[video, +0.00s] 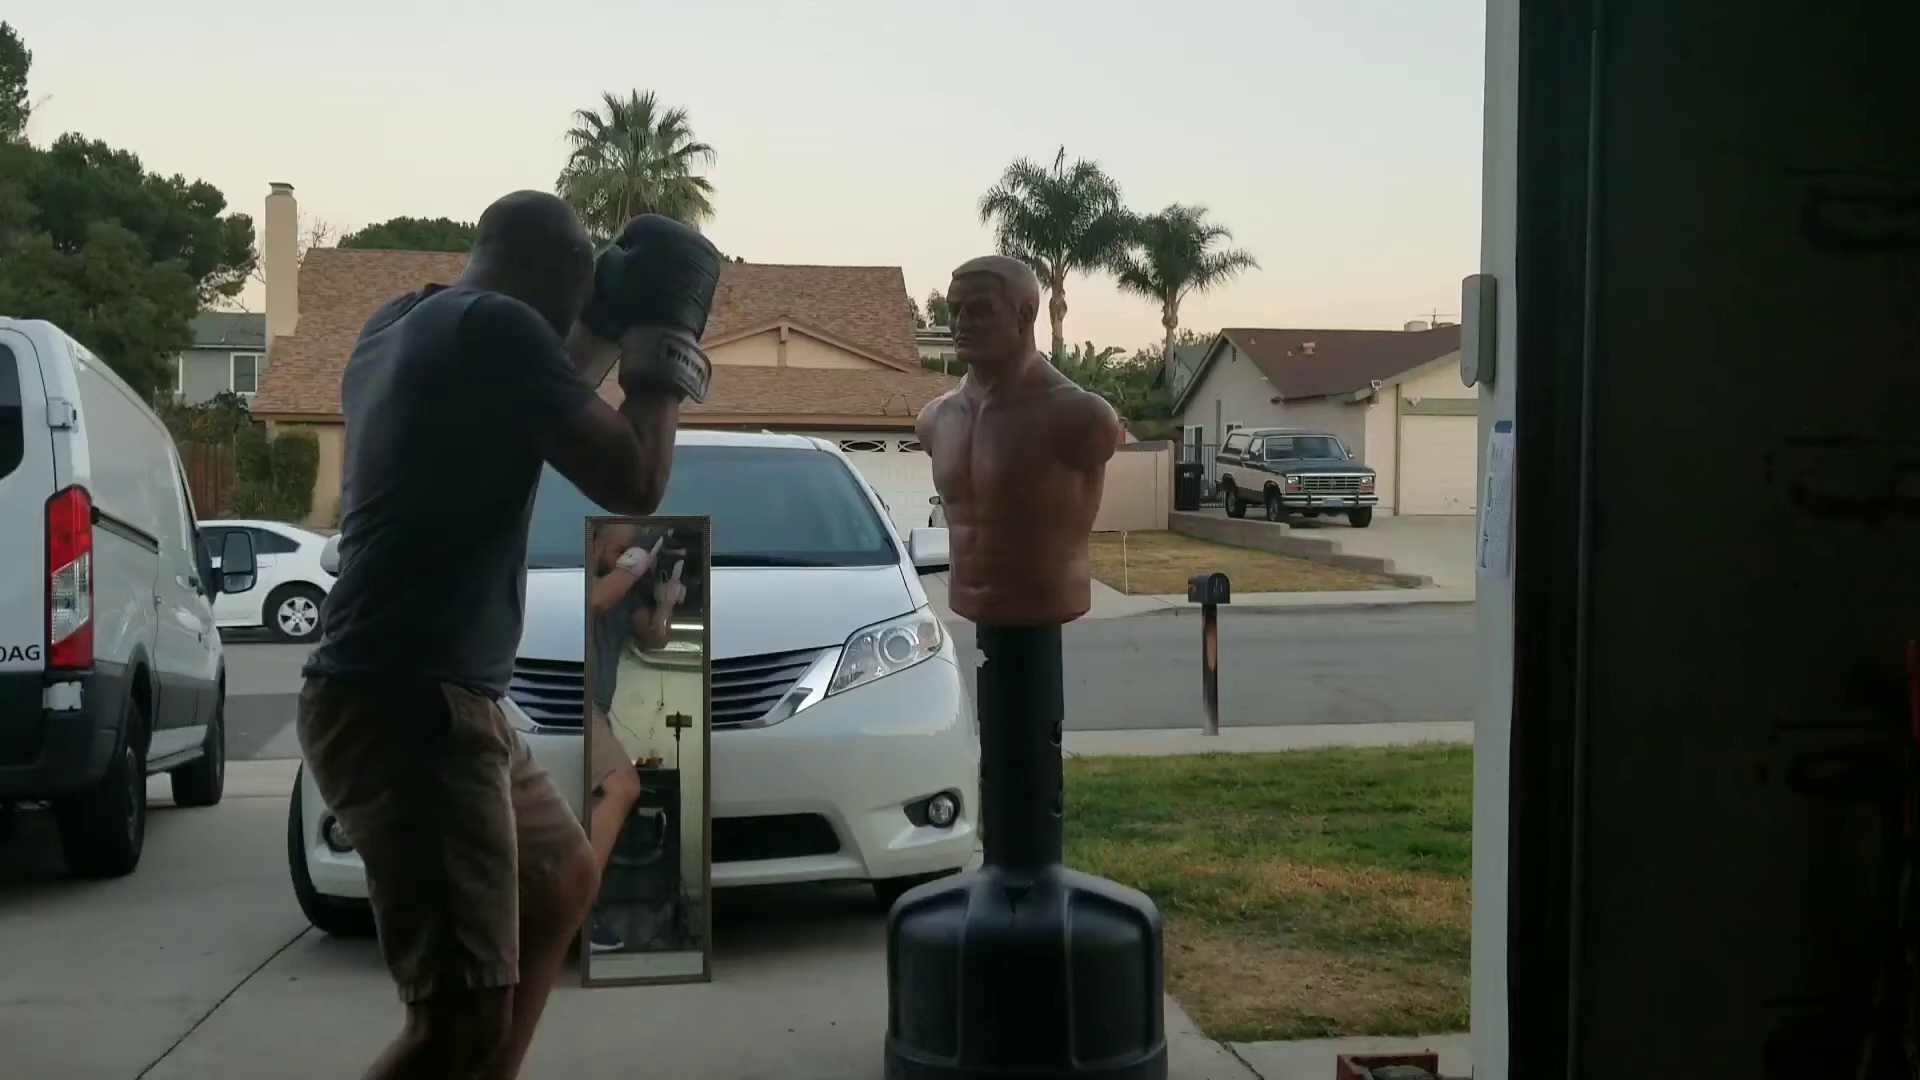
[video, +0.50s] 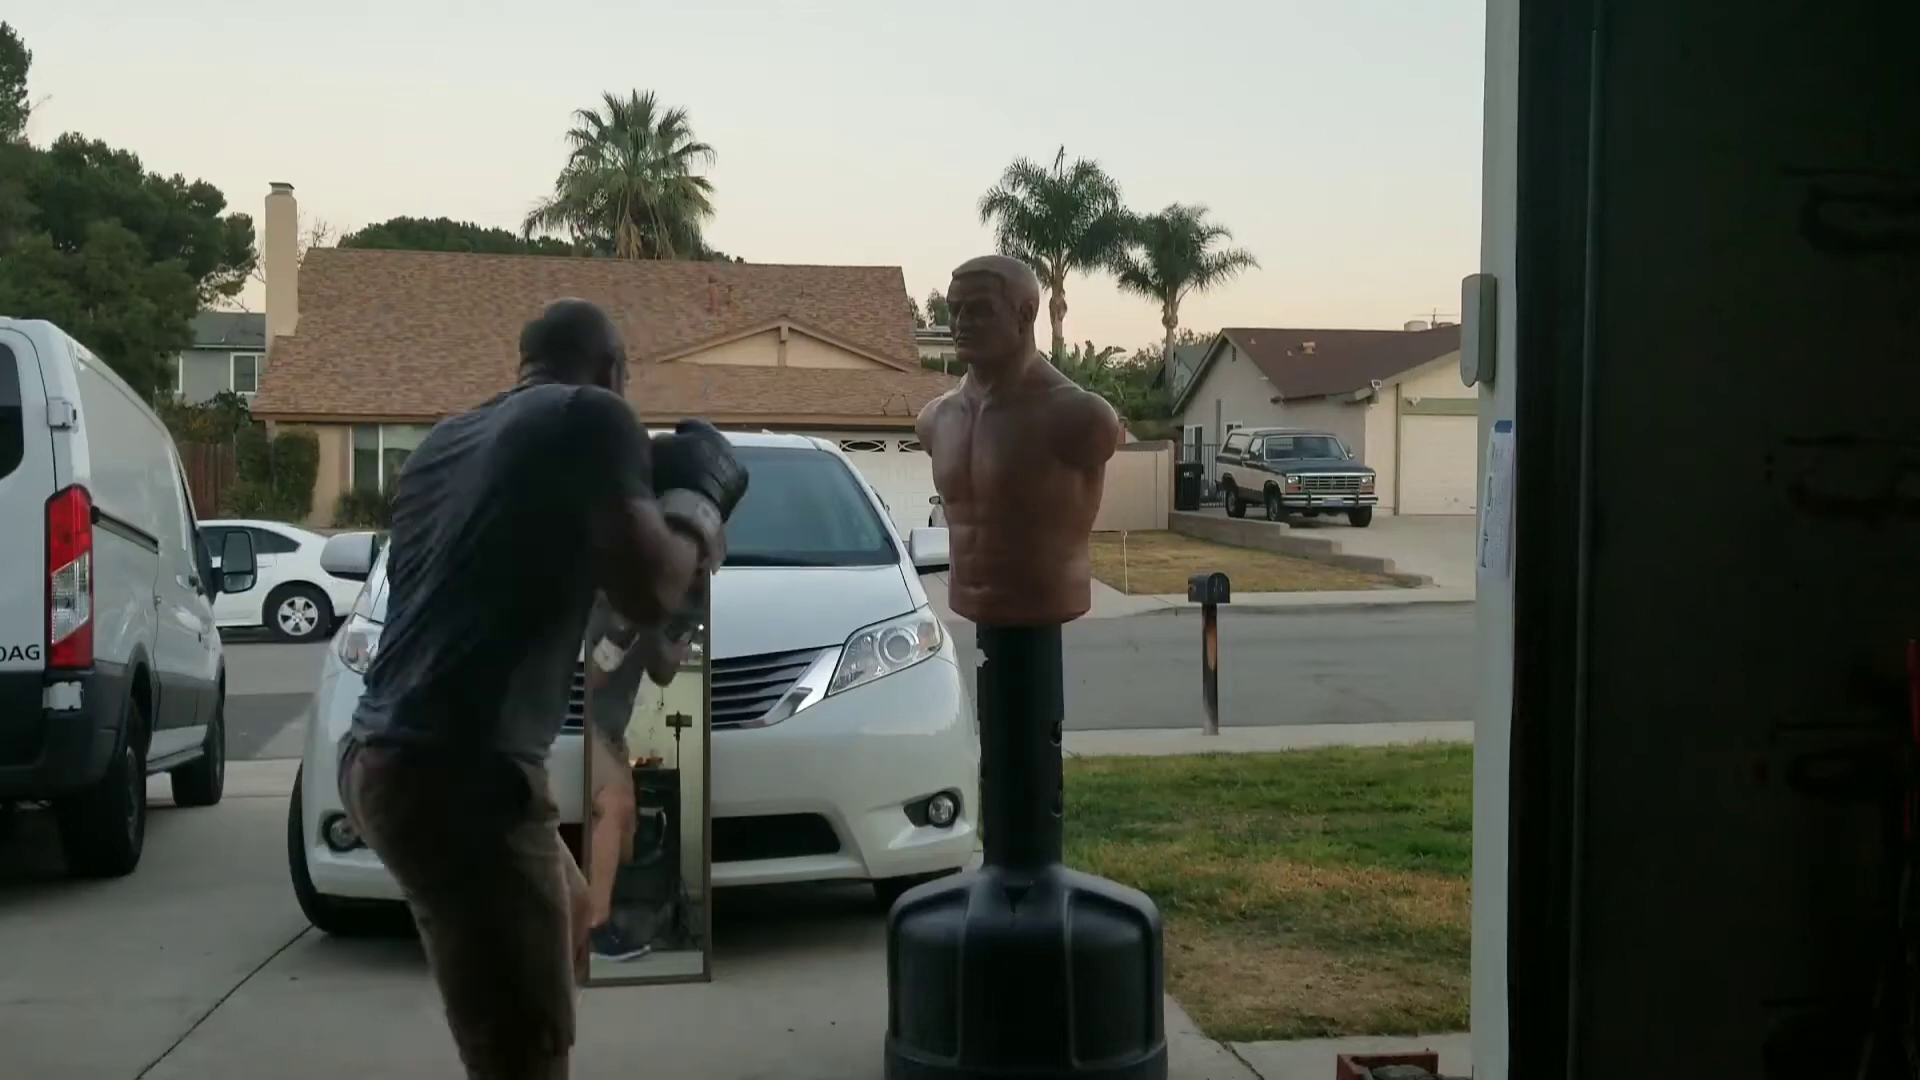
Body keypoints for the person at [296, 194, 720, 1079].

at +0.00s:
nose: (575, 327)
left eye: (586, 306)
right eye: (578, 304)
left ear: (482, 260)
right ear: (562, 283)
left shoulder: (395, 328)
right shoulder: (500, 330)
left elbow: (531, 415)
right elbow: (636, 473)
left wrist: (605, 319)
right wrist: (669, 330)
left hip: (451, 694)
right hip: (408, 702)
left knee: (558, 885)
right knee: (468, 1017)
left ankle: (485, 1071)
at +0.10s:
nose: (589, 312)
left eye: (597, 295)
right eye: (588, 292)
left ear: (487, 256)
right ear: (567, 277)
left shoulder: (397, 327)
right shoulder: (509, 329)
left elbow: (535, 406)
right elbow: (639, 480)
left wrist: (617, 318)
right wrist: (671, 334)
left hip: (452, 694)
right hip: (410, 701)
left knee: (557, 887)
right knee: (466, 1019)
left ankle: (503, 1071)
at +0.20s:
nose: (619, 336)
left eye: (621, 319)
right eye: (620, 314)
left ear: (519, 295)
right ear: (594, 306)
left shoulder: (435, 365)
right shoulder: (513, 383)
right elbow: (602, 571)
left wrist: (591, 410)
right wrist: (654, 436)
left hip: (455, 727)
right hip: (409, 737)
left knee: (555, 915)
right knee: (489, 1037)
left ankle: (535, 1072)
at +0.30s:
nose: (651, 429)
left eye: (654, 406)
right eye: (650, 403)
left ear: (555, 380)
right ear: (611, 392)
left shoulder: (488, 451)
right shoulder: (508, 470)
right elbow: (538, 670)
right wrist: (649, 562)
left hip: (445, 787)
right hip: (389, 804)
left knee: (569, 923)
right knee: (494, 1062)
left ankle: (537, 1073)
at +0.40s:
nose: (652, 423)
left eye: (657, 403)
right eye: (656, 401)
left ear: (558, 378)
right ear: (630, 392)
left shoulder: (467, 444)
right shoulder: (543, 458)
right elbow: (563, 653)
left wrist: (601, 557)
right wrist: (644, 574)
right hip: (419, 788)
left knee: (573, 914)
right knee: (507, 1060)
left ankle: (528, 1068)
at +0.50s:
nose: (622, 388)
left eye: (621, 378)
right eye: (622, 376)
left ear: (522, 366)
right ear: (607, 369)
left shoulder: (443, 439)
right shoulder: (589, 415)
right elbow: (654, 593)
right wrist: (699, 496)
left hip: (387, 759)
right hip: (462, 770)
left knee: (571, 907)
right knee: (526, 1050)